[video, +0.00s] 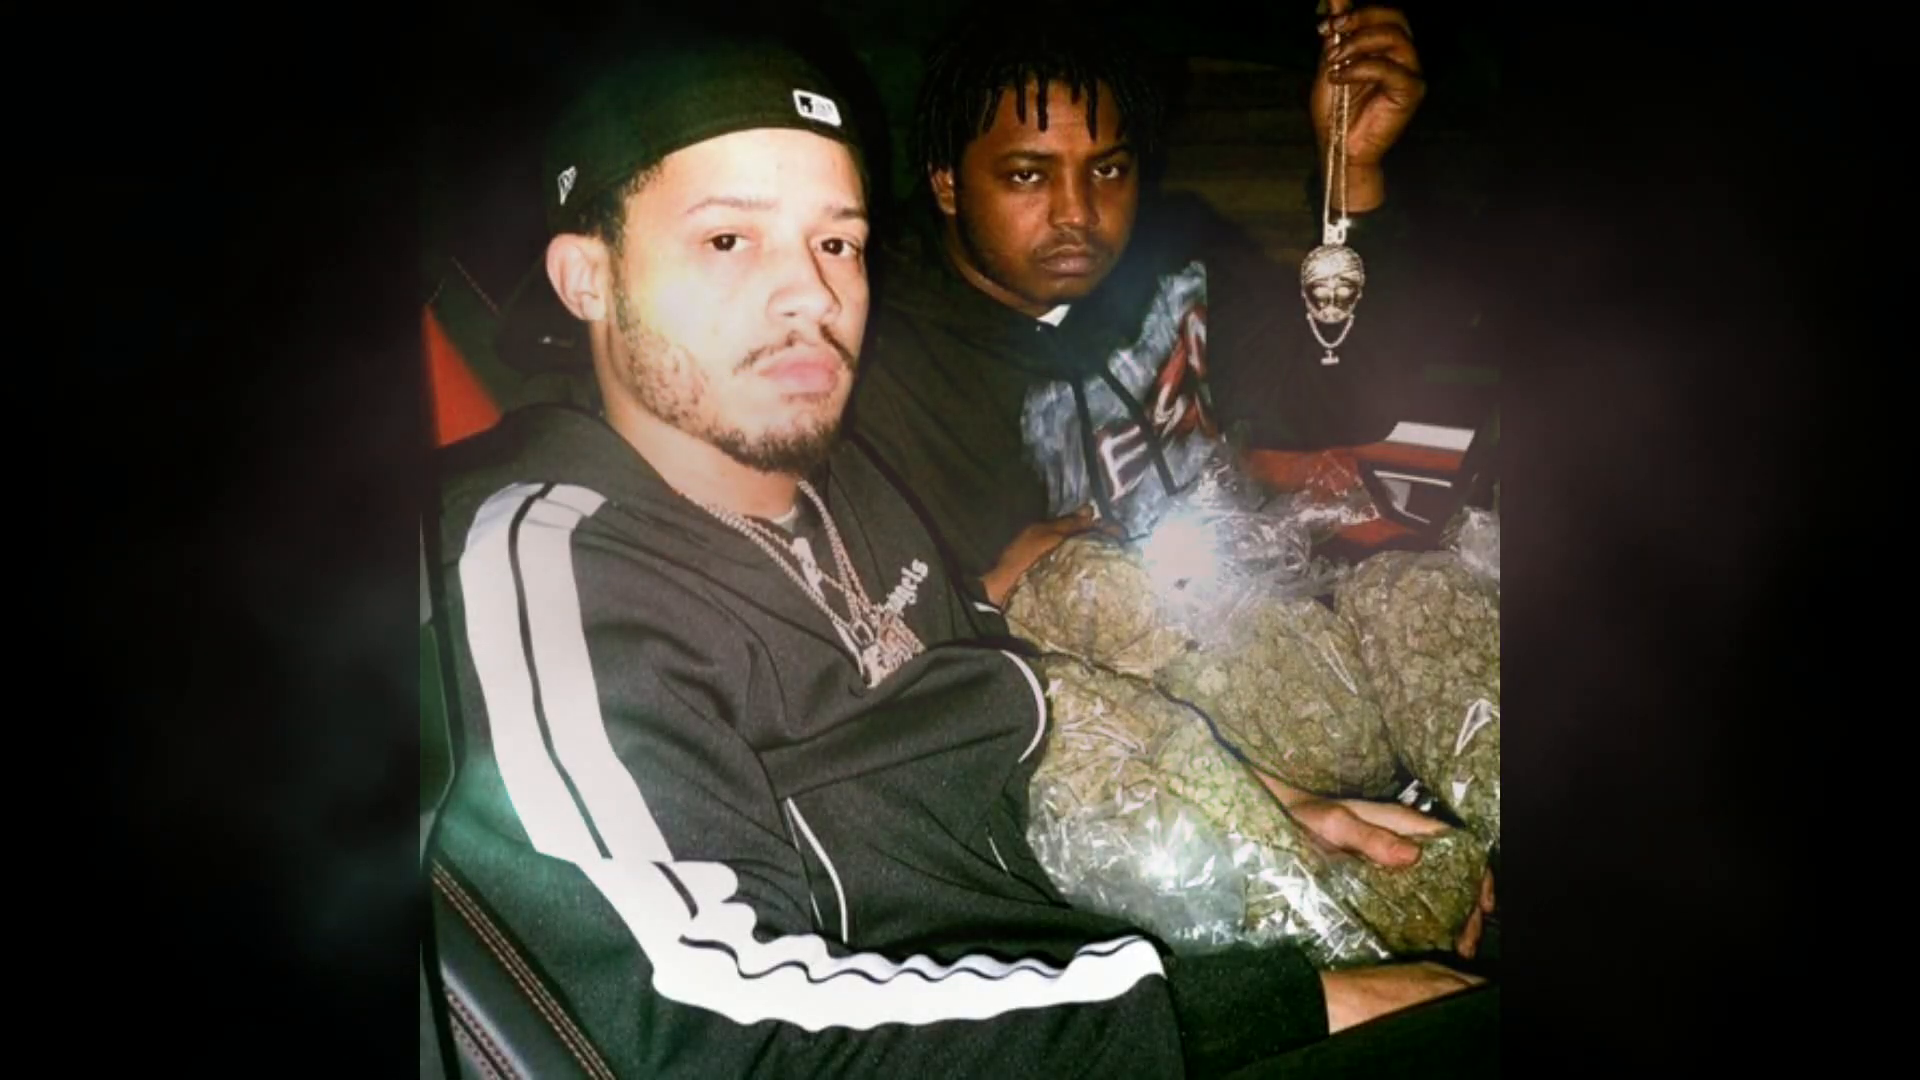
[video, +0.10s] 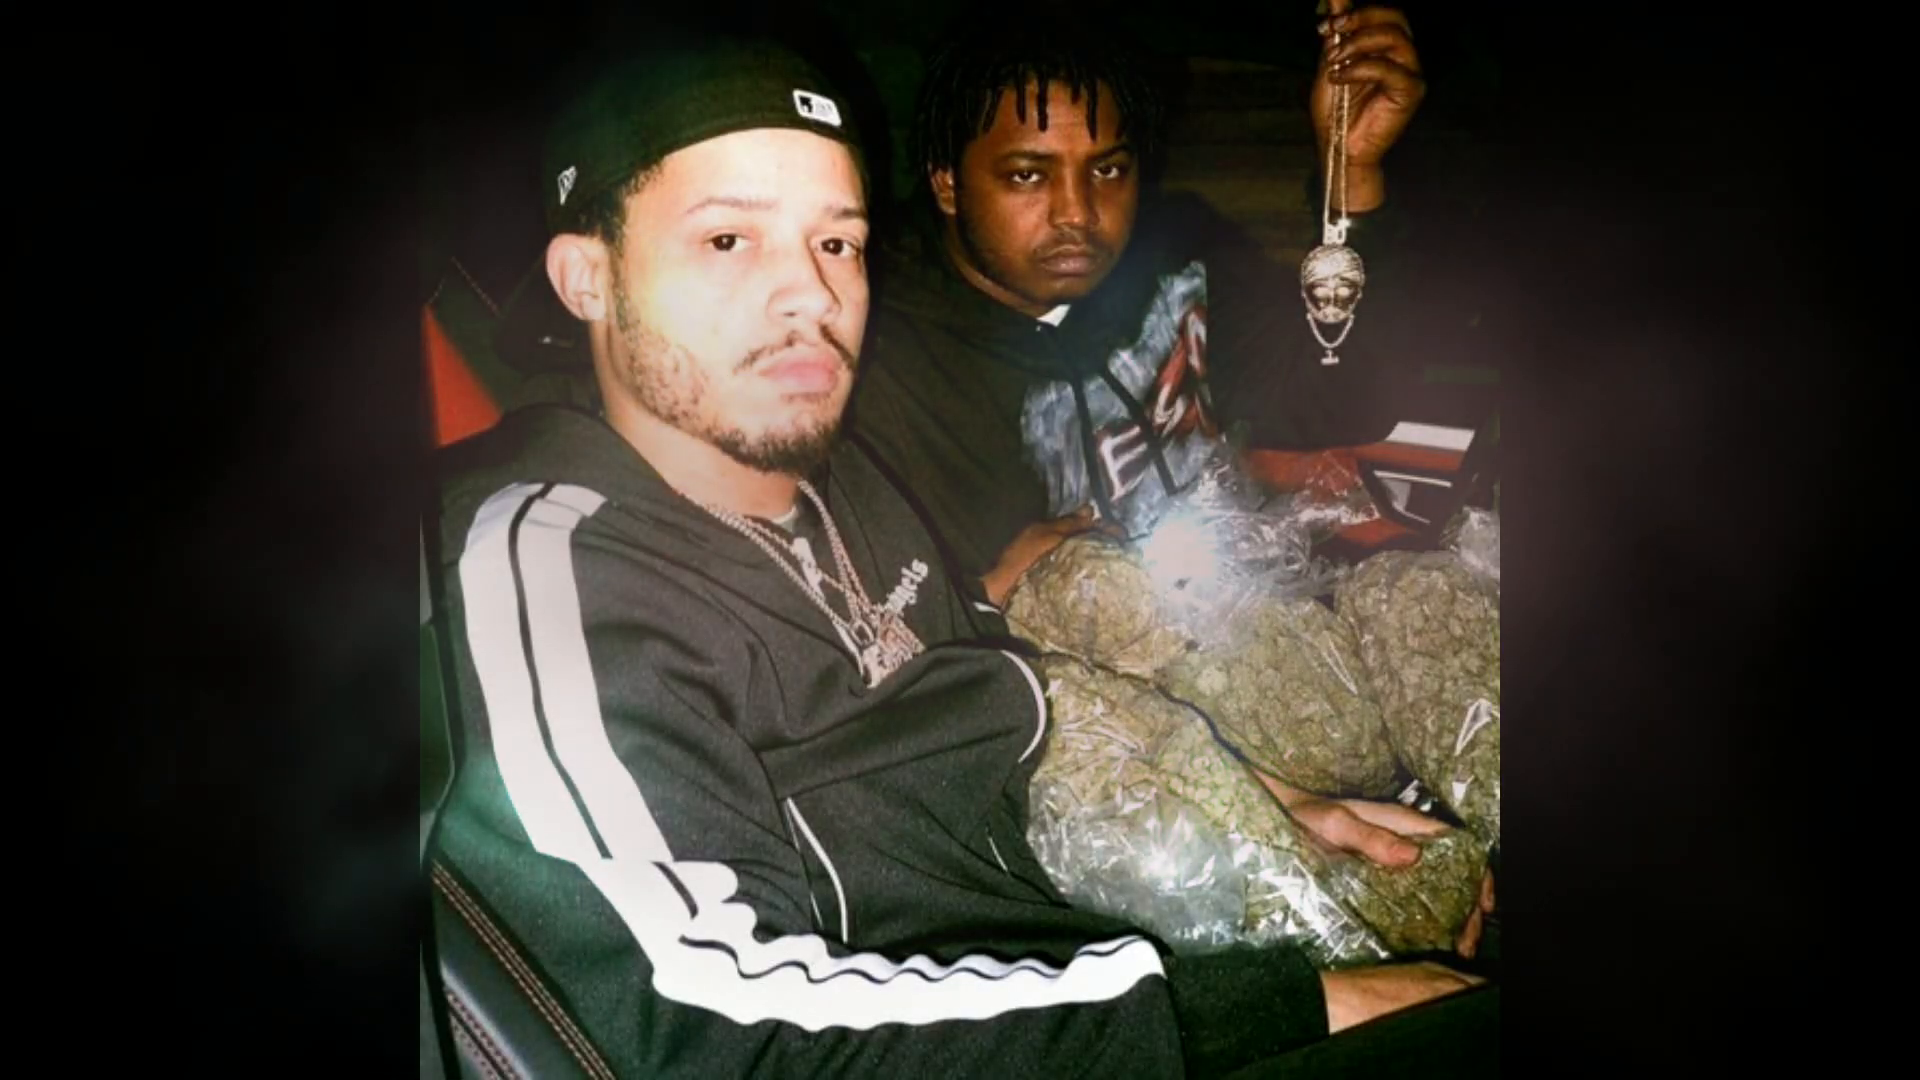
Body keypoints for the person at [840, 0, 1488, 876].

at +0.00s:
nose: (1076, 218)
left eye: (1107, 172)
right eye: (1026, 176)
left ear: (1138, 170)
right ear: (946, 186)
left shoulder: (1183, 249)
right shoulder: (896, 353)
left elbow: (1341, 420)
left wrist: (1353, 175)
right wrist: (990, 583)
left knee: (1448, 607)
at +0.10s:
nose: (1075, 218)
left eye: (1106, 172)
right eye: (1026, 176)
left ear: (1138, 171)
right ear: (946, 186)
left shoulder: (1183, 249)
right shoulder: (899, 353)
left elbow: (1336, 418)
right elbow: (1020, 570)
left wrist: (1351, 176)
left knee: (1434, 595)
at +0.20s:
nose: (1076, 218)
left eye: (1106, 172)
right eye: (1026, 176)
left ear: (1138, 169)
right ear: (946, 186)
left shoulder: (1184, 249)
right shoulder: (899, 353)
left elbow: (1339, 425)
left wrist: (1352, 175)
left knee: (1441, 599)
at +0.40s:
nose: (1076, 218)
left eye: (1106, 171)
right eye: (1026, 176)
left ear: (1138, 171)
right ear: (947, 187)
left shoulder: (1183, 252)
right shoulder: (891, 354)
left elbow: (1338, 419)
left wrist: (1353, 174)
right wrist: (996, 581)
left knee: (1439, 595)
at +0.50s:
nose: (1075, 217)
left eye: (1106, 172)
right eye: (1026, 176)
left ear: (1138, 171)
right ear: (947, 187)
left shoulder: (1183, 255)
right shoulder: (886, 358)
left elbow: (1342, 419)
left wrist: (1353, 176)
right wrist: (994, 587)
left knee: (1442, 600)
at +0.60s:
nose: (1075, 218)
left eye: (1106, 171)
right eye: (1026, 176)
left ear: (1138, 171)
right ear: (947, 187)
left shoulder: (1180, 253)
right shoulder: (885, 353)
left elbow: (1339, 422)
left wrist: (1352, 175)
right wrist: (992, 583)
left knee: (1426, 594)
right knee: (1082, 574)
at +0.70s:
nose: (1075, 217)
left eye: (1106, 172)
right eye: (1026, 177)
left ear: (1138, 172)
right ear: (946, 188)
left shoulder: (1180, 251)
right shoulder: (891, 359)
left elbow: (1345, 413)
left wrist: (1353, 177)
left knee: (1427, 595)